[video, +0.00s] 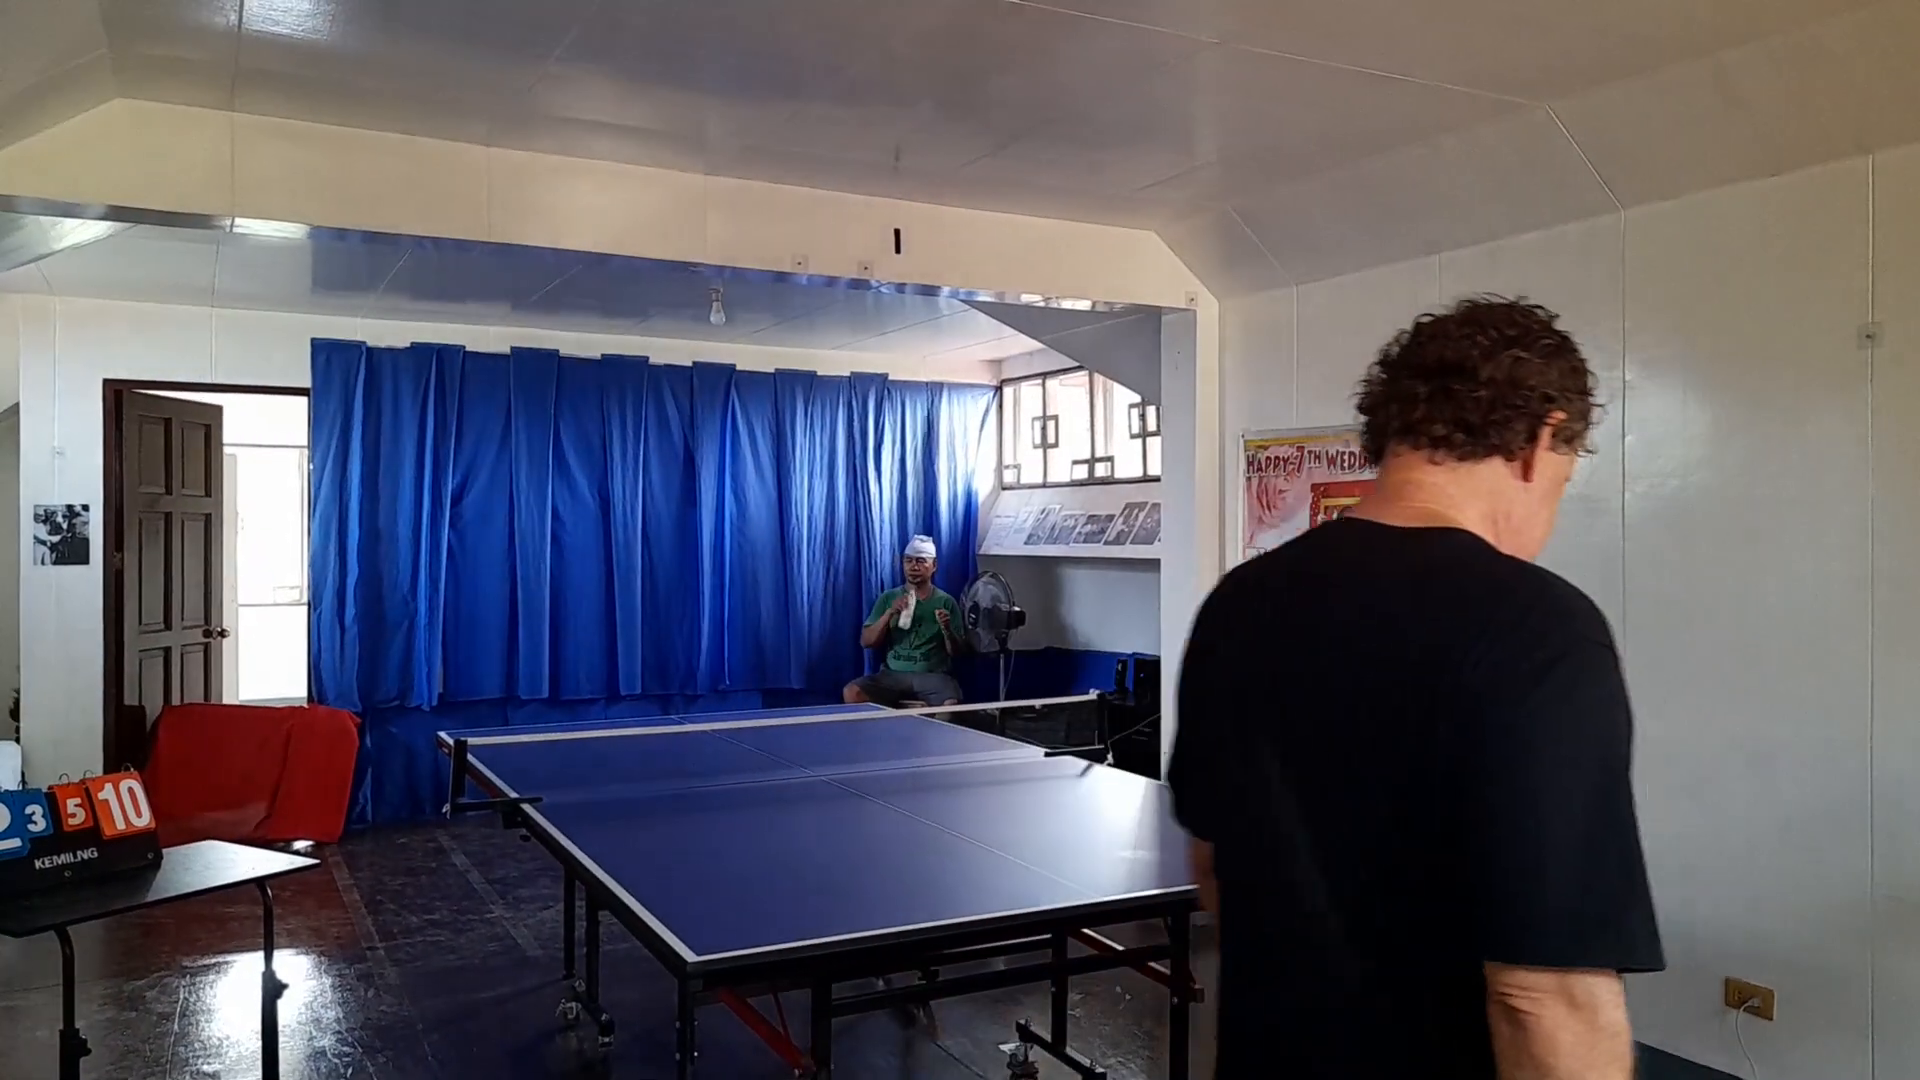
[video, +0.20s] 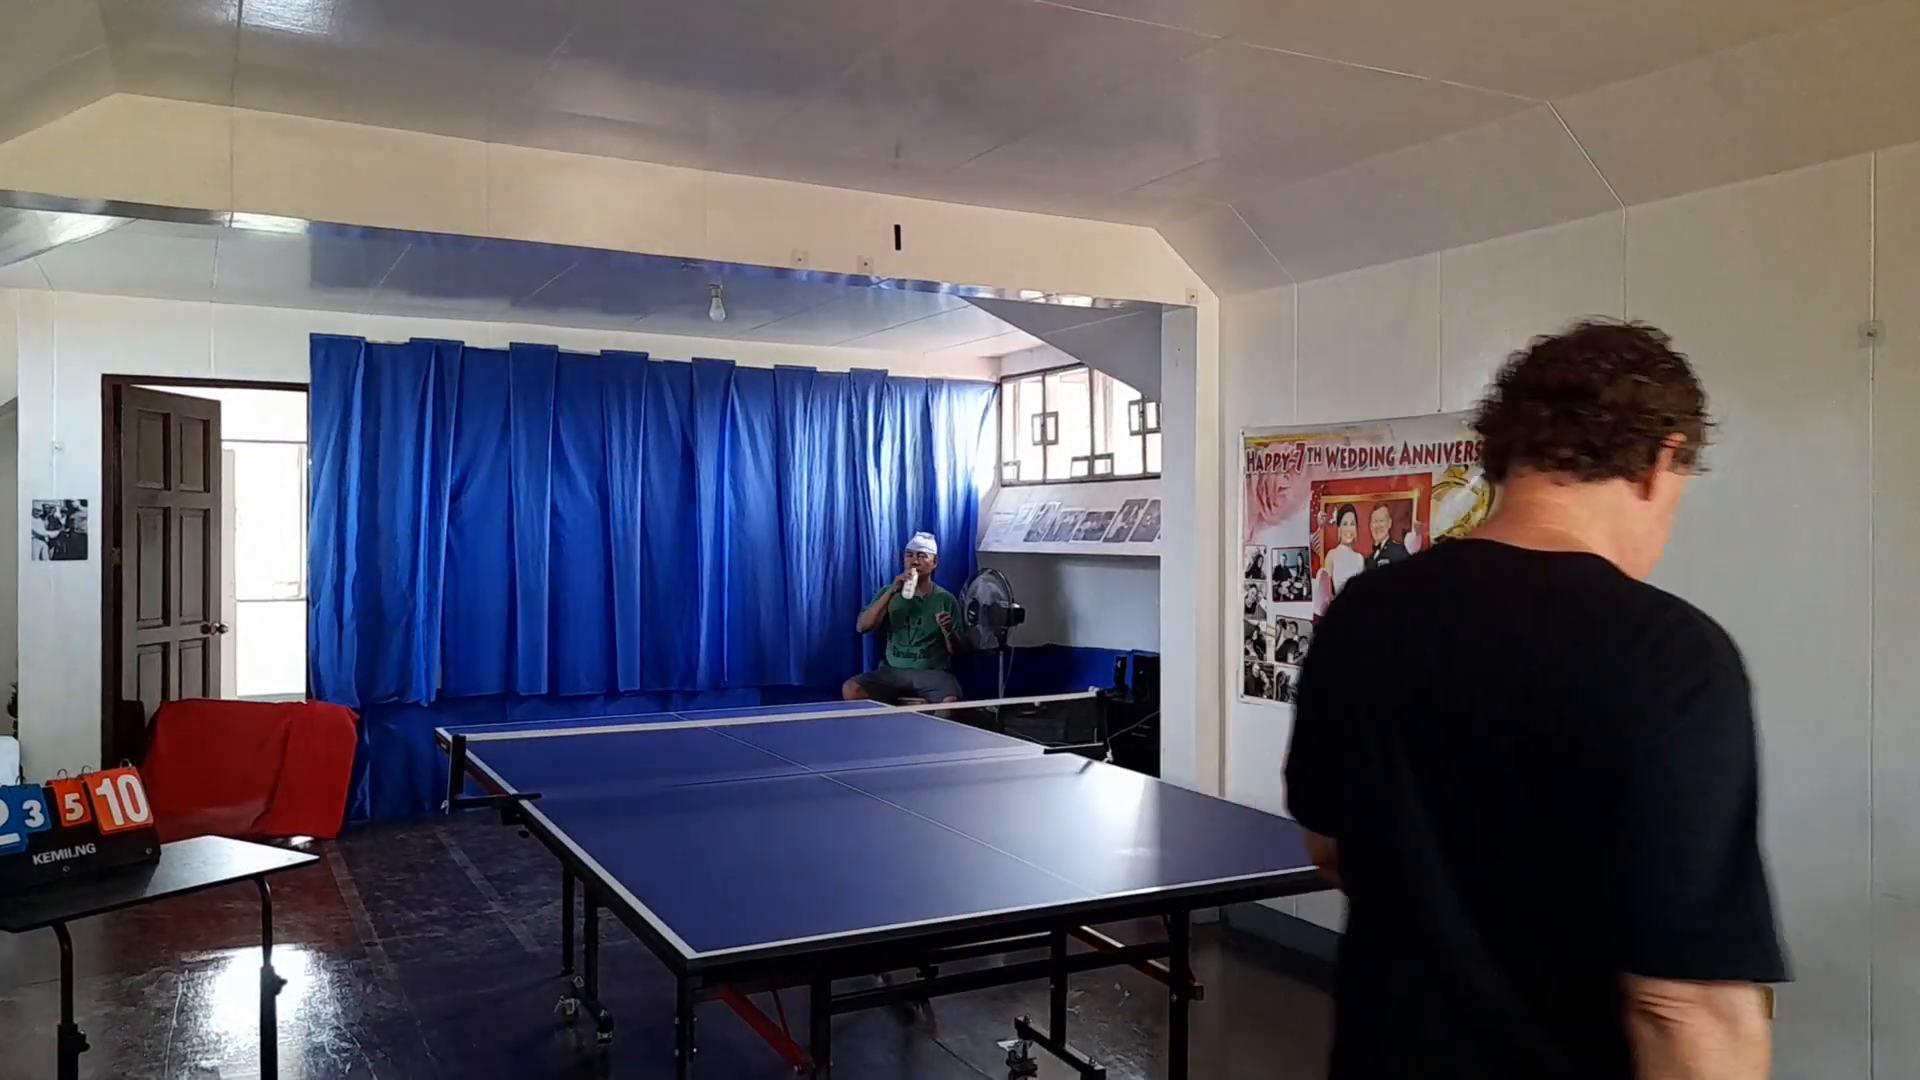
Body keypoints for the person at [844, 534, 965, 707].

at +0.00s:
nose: (914, 567)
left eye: (921, 561)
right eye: (909, 561)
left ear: (933, 566)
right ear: (903, 564)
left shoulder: (946, 602)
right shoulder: (888, 598)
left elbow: (956, 652)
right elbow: (866, 641)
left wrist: (946, 629)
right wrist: (889, 613)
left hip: (932, 676)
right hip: (892, 674)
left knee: (951, 705)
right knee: (852, 692)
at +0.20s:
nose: (914, 561)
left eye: (922, 556)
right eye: (910, 555)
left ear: (934, 563)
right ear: (903, 559)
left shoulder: (946, 600)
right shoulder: (888, 593)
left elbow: (956, 651)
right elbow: (862, 626)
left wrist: (948, 631)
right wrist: (891, 591)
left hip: (931, 673)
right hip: (891, 671)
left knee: (950, 702)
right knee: (851, 689)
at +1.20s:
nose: (924, 555)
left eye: (930, 551)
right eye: (920, 550)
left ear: (939, 563)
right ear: (910, 557)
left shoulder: (948, 599)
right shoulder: (894, 591)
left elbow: (959, 647)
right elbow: (860, 601)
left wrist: (948, 629)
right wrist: (897, 569)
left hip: (932, 674)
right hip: (892, 671)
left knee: (949, 703)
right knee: (852, 690)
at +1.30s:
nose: (923, 556)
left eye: (929, 552)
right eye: (918, 551)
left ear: (939, 564)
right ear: (911, 559)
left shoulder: (950, 601)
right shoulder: (894, 593)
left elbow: (961, 652)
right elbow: (861, 603)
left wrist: (948, 630)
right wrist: (895, 572)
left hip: (931, 677)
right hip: (892, 673)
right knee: (852, 691)